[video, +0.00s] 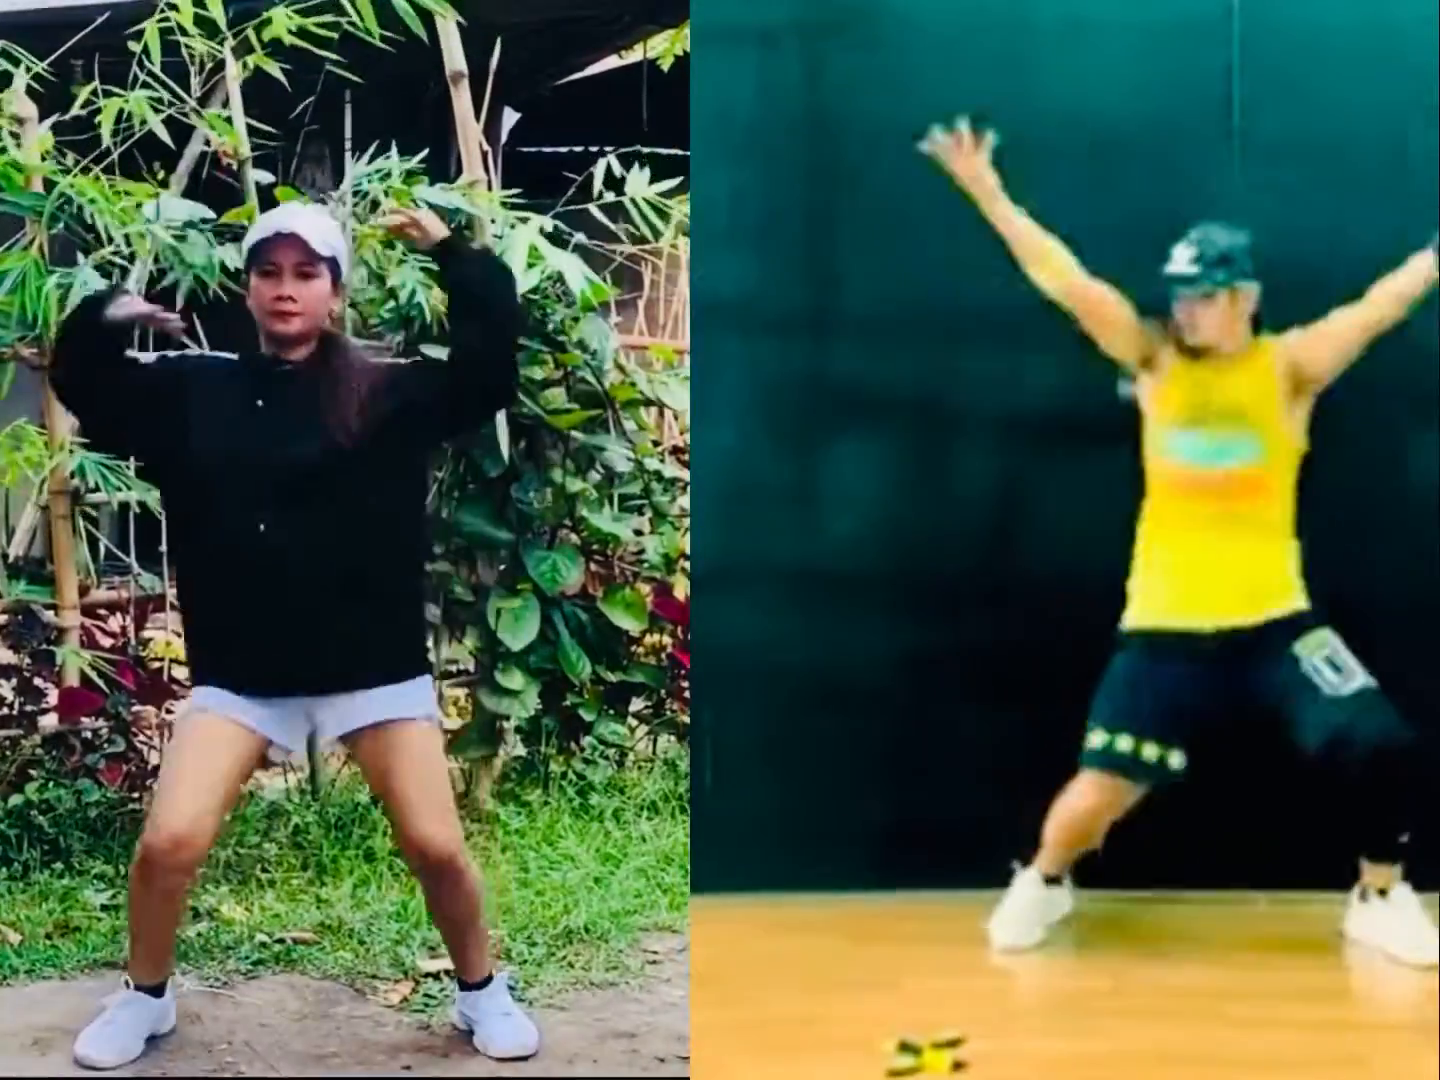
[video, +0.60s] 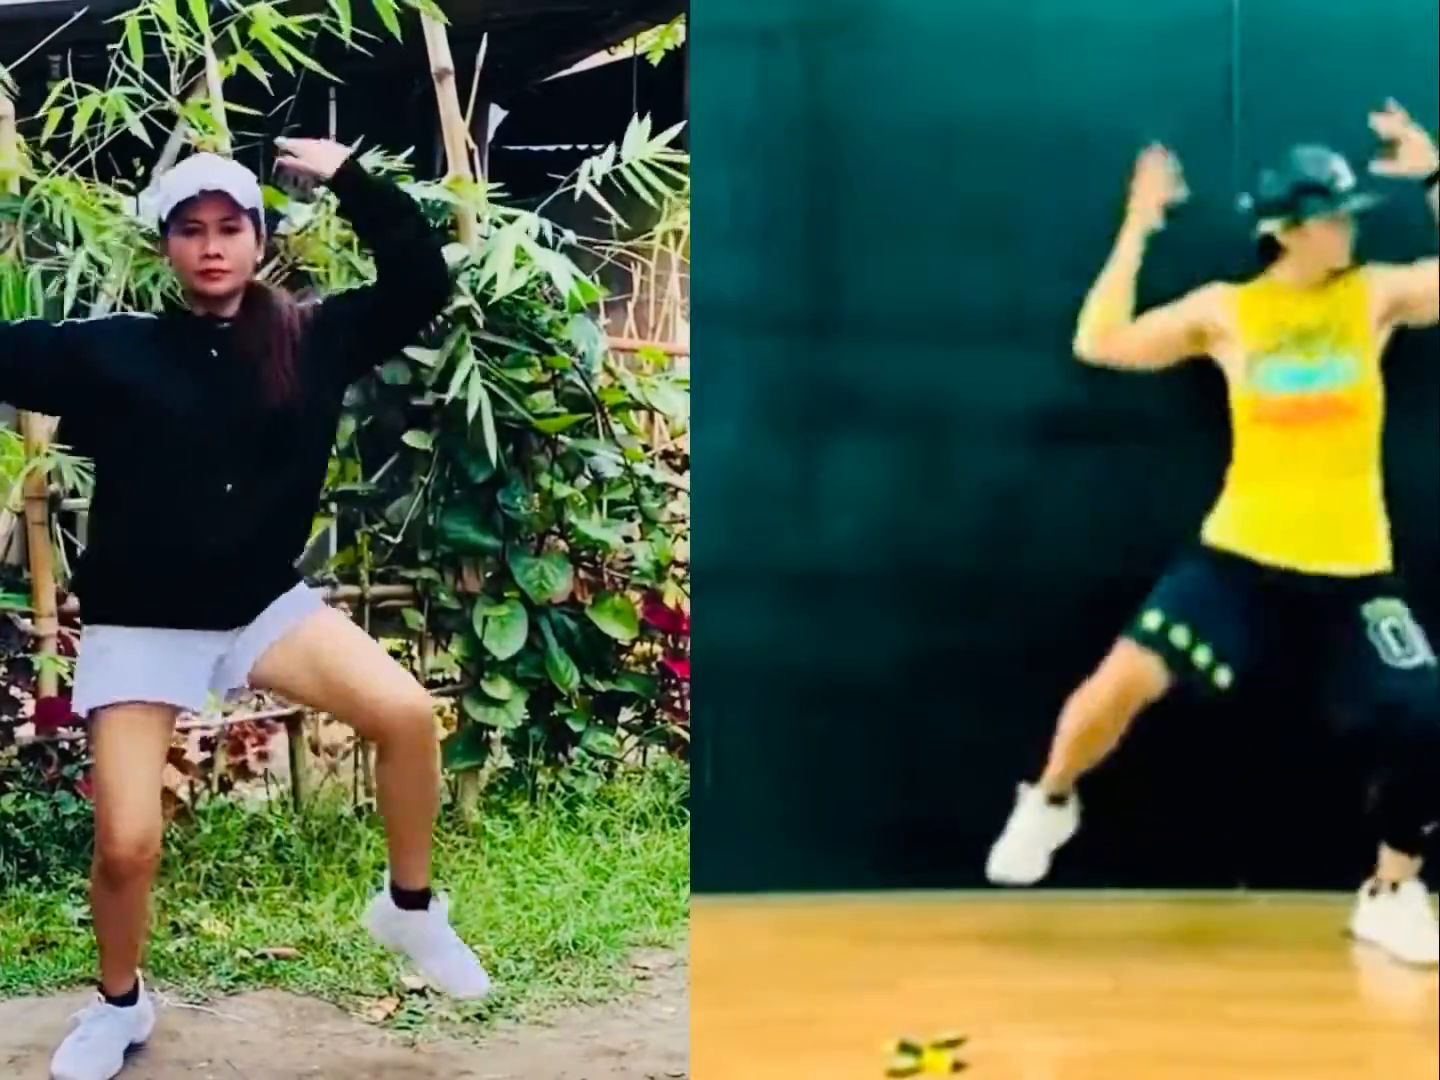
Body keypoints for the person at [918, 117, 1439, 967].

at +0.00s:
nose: (1200, 314)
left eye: (1214, 297)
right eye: (1189, 300)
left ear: (1251, 300)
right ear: (1175, 307)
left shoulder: (1291, 367)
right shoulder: (1151, 364)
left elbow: (1378, 307)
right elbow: (1066, 282)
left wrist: (1430, 260)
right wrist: (988, 192)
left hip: (1275, 621)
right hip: (1164, 626)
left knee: (1384, 747)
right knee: (1106, 789)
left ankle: (1380, 896)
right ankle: (1042, 882)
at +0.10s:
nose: (1241, 283)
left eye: (1256, 265)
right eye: (1231, 269)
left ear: (1296, 258)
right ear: (1220, 273)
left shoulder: (1345, 311)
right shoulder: (1198, 333)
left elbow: (1434, 277)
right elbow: (1071, 330)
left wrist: (1405, 189)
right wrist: (1038, 224)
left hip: (1312, 584)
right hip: (1207, 574)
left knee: (1397, 741)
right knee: (1111, 731)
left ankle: (1381, 897)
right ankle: (1001, 845)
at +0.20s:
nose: (1254, 239)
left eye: (1268, 220)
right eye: (1244, 223)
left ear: (1314, 213)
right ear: (1236, 228)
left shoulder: (1376, 289)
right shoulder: (1226, 303)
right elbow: (1123, 350)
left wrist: (1424, 189)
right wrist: (1135, 243)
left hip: (1339, 562)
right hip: (1225, 548)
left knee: (1397, 722)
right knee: (1099, 678)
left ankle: (1380, 896)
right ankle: (1022, 752)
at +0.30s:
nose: (1259, 234)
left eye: (1274, 216)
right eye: (1248, 219)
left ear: (1320, 210)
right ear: (1238, 224)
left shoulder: (1377, 296)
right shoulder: (1224, 293)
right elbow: (1109, 281)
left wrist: (1410, 313)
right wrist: (1185, 187)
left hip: (1349, 553)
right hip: (1245, 524)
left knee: (1408, 720)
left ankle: (1384, 895)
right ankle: (1101, 695)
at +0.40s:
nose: (1273, 254)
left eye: (1287, 235)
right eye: (1262, 238)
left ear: (1326, 230)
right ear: (1249, 243)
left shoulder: (1372, 295)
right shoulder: (1232, 289)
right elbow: (1140, 208)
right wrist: (1115, 90)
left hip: (1355, 542)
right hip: (1252, 515)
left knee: (1405, 726)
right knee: (1104, 517)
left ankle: (1391, 895)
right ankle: (1140, 692)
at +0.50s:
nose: (1305, 249)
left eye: (1317, 230)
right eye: (1287, 235)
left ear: (1343, 226)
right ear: (1265, 242)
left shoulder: (1390, 276)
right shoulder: (1244, 299)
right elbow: (1124, 257)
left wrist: (1429, 108)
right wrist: (1099, 133)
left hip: (1349, 552)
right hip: (1244, 518)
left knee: (1410, 730)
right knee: (1107, 591)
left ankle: (1388, 897)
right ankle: (1109, 742)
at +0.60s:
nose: (1345, 231)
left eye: (1346, 217)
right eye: (1328, 218)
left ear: (1347, 225)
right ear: (1281, 230)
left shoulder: (1377, 294)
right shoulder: (1225, 312)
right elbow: (1098, 342)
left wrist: (1432, 173)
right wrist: (1140, 222)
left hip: (1354, 571)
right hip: (1239, 560)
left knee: (1421, 717)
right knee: (1116, 689)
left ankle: (1392, 893)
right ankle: (1048, 803)